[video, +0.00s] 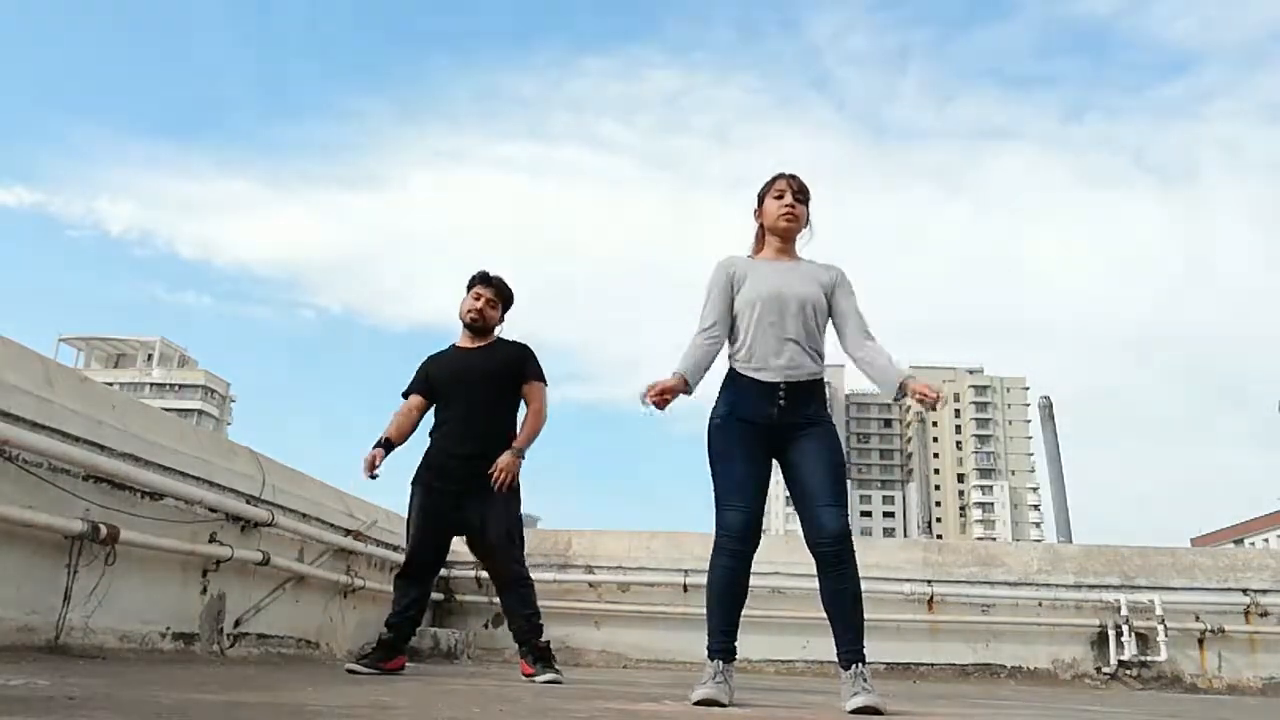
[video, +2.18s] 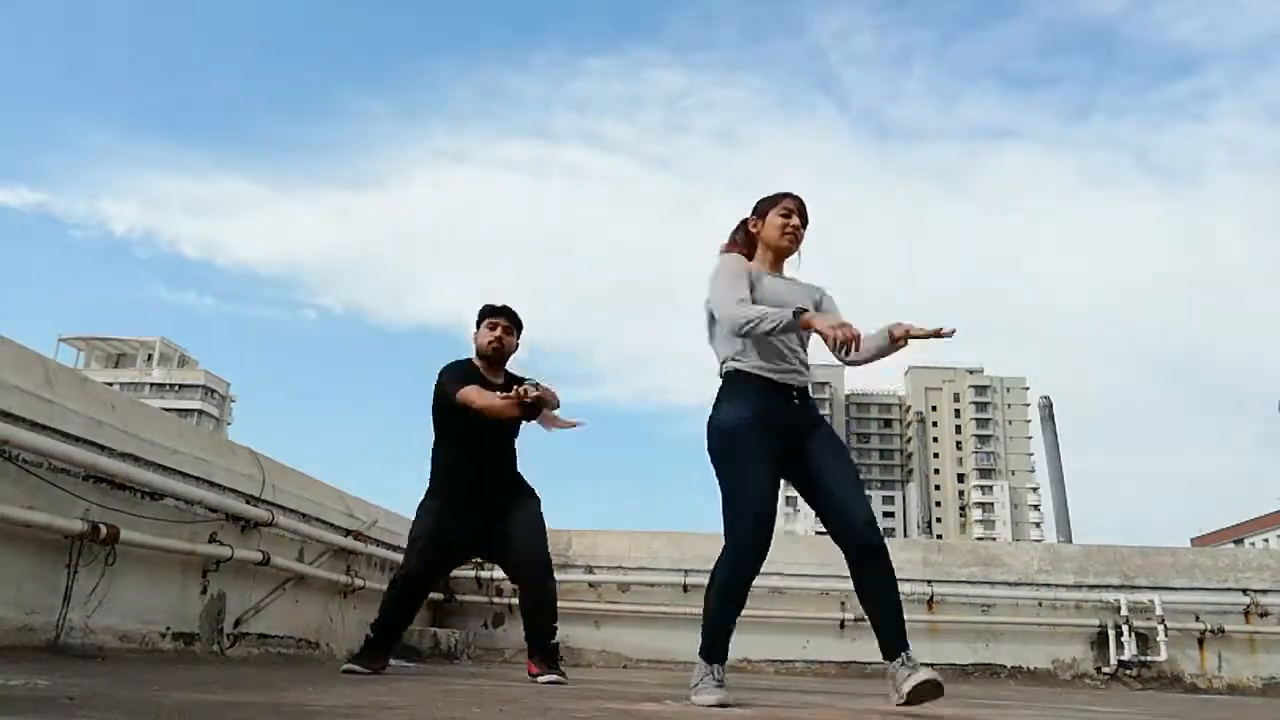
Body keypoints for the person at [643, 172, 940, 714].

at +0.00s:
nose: (790, 202)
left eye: (799, 198)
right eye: (779, 195)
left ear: (808, 218)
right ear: (759, 213)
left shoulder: (828, 276)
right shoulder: (733, 269)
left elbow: (861, 343)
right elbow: (709, 335)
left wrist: (904, 383)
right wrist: (682, 379)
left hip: (807, 413)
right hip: (741, 411)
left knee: (832, 536)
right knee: (736, 534)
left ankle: (855, 673)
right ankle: (718, 668)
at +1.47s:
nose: (780, 200)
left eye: (788, 196)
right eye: (768, 194)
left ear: (797, 215)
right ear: (748, 213)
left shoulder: (824, 270)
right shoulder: (724, 271)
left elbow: (836, 341)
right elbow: (714, 342)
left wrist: (832, 340)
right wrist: (754, 343)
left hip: (806, 411)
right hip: (741, 412)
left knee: (825, 538)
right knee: (734, 533)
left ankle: (853, 673)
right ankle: (716, 668)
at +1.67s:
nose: (773, 206)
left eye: (781, 202)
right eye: (762, 197)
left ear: (785, 221)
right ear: (738, 211)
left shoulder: (800, 274)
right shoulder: (705, 267)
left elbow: (828, 331)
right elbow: (678, 326)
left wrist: (839, 365)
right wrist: (732, 351)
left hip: (785, 411)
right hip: (721, 411)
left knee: (833, 506)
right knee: (719, 534)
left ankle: (832, 642)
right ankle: (704, 666)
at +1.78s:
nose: (775, 205)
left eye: (782, 201)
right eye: (765, 195)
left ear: (785, 217)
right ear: (738, 205)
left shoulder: (794, 279)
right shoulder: (702, 260)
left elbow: (812, 356)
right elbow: (647, 328)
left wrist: (874, 375)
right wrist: (647, 315)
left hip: (780, 403)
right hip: (720, 403)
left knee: (847, 447)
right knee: (717, 534)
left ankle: (776, 536)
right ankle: (703, 664)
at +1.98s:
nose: (783, 207)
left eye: (791, 204)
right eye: (774, 197)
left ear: (791, 220)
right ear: (746, 206)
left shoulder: (792, 279)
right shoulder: (714, 256)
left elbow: (791, 360)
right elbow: (675, 326)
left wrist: (836, 360)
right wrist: (629, 277)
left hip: (787, 400)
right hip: (730, 396)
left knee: (863, 454)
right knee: (724, 532)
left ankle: (814, 556)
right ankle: (706, 665)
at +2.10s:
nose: (789, 213)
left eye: (796, 209)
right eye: (779, 203)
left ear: (797, 226)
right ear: (750, 212)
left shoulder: (804, 285)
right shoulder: (723, 257)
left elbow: (810, 363)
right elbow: (694, 332)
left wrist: (869, 346)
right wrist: (709, 289)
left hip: (796, 409)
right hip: (737, 403)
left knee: (865, 497)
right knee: (733, 537)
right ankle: (708, 667)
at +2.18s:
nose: (794, 224)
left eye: (800, 220)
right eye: (783, 215)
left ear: (802, 237)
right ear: (755, 224)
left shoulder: (811, 293)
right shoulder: (732, 265)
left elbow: (850, 350)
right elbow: (736, 316)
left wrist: (893, 334)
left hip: (802, 418)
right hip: (745, 410)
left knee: (862, 533)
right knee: (748, 541)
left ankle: (901, 666)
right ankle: (709, 669)